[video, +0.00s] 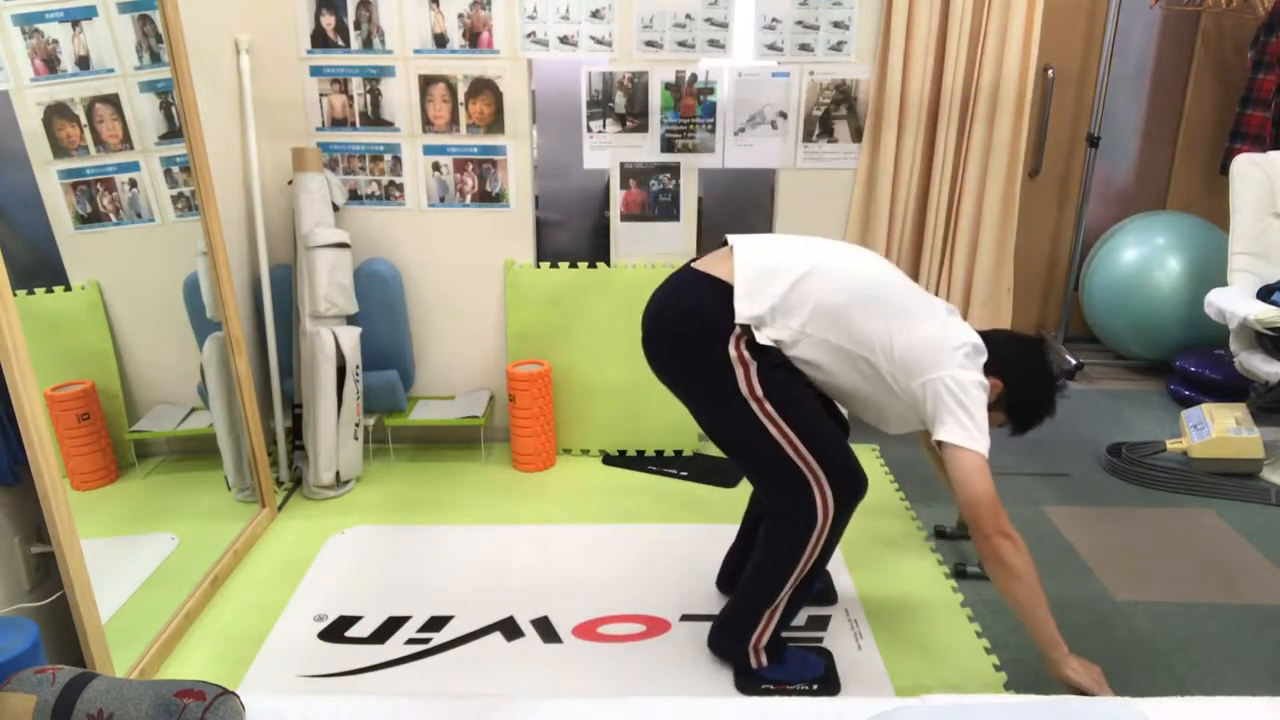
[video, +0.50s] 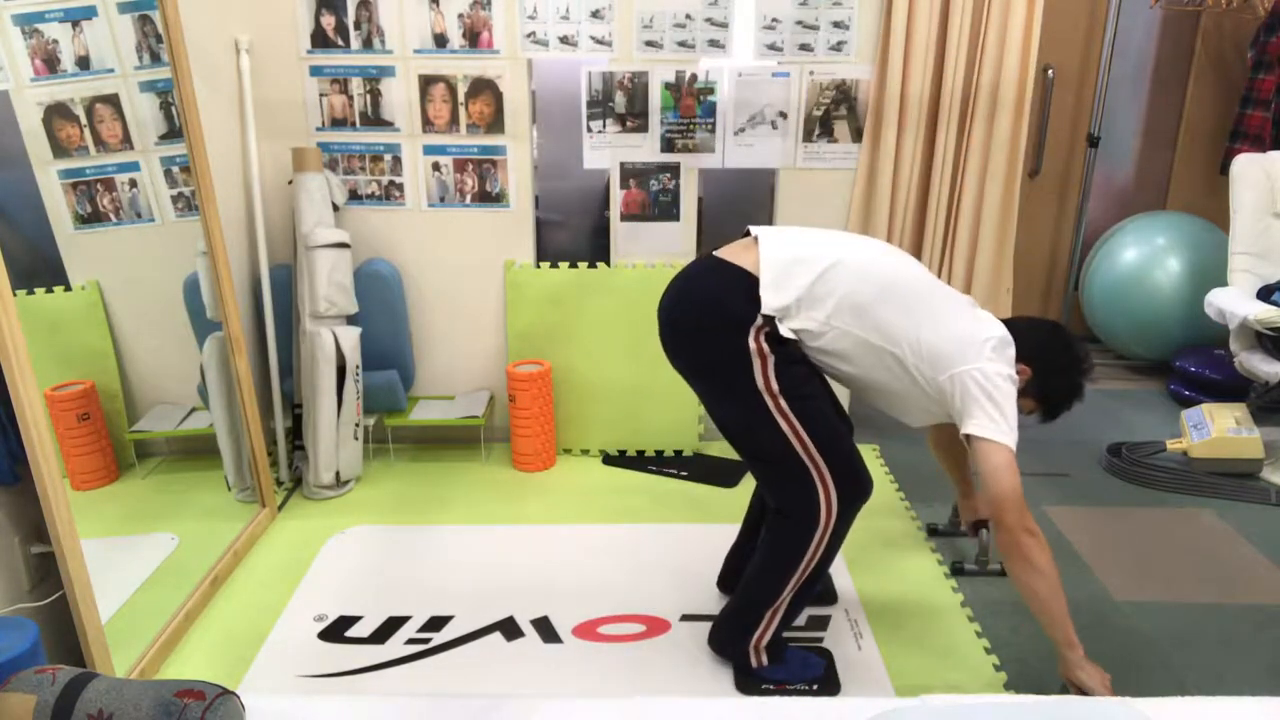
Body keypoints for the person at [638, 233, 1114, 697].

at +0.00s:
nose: (985, 430)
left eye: (994, 428)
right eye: (995, 420)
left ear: (985, 367)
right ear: (990, 388)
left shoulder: (941, 337)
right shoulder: (952, 367)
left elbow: (940, 447)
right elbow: (994, 538)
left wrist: (979, 513)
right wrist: (1059, 655)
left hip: (707, 305)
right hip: (706, 320)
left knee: (831, 464)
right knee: (824, 491)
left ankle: (752, 571)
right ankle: (746, 646)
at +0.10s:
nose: (995, 423)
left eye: (1004, 419)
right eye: (1008, 415)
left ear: (994, 356)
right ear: (999, 382)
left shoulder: (944, 332)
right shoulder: (960, 364)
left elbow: (935, 431)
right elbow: (1000, 537)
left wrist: (962, 500)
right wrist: (1060, 650)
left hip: (710, 300)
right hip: (712, 317)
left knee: (825, 453)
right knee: (829, 490)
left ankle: (751, 571)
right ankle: (746, 644)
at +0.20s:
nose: (1003, 418)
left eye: (1012, 414)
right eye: (1014, 411)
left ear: (1001, 348)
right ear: (1007, 374)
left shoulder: (947, 329)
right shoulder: (969, 362)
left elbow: (936, 432)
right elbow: (1003, 534)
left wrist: (965, 501)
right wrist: (1062, 650)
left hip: (709, 296)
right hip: (720, 314)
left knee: (820, 444)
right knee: (834, 488)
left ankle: (751, 572)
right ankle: (747, 643)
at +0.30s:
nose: (1007, 415)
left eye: (1018, 411)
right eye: (1019, 408)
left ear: (1008, 342)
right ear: (1014, 370)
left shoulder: (953, 326)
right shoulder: (976, 362)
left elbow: (939, 428)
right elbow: (1008, 533)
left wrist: (967, 495)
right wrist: (1066, 650)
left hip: (710, 294)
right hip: (725, 313)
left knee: (818, 448)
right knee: (836, 488)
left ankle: (752, 572)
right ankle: (748, 643)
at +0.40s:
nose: (1011, 416)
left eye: (1021, 412)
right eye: (1023, 409)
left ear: (1010, 343)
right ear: (1017, 371)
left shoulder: (956, 327)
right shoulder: (980, 362)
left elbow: (941, 425)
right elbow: (1014, 531)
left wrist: (969, 492)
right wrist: (1076, 652)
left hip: (714, 292)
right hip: (728, 311)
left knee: (816, 452)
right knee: (836, 488)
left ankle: (752, 572)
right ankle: (748, 642)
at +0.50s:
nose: (1015, 419)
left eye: (1023, 415)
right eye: (1026, 412)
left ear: (1014, 346)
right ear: (1021, 375)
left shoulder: (959, 328)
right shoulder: (984, 366)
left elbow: (942, 422)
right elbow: (1015, 532)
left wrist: (968, 492)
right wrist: (1073, 656)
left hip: (716, 291)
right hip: (730, 310)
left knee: (814, 452)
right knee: (837, 487)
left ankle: (752, 574)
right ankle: (748, 641)